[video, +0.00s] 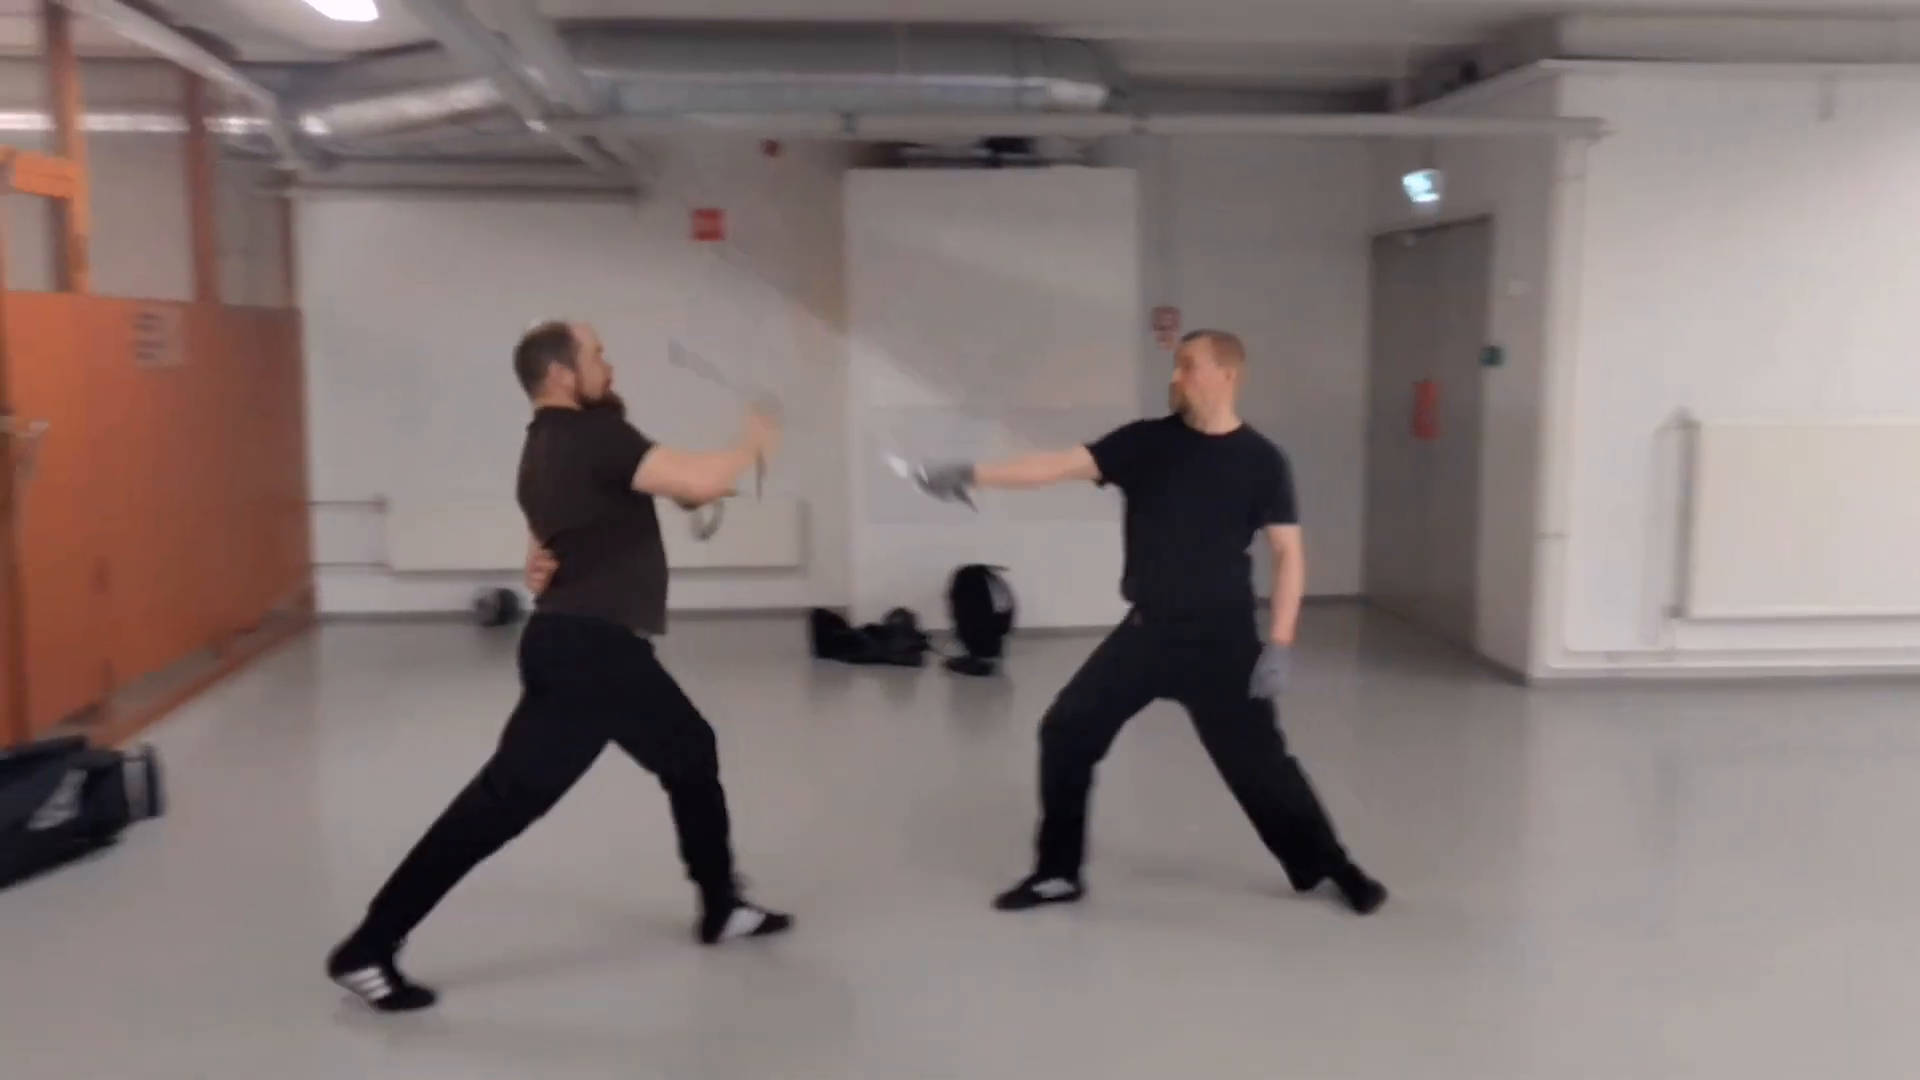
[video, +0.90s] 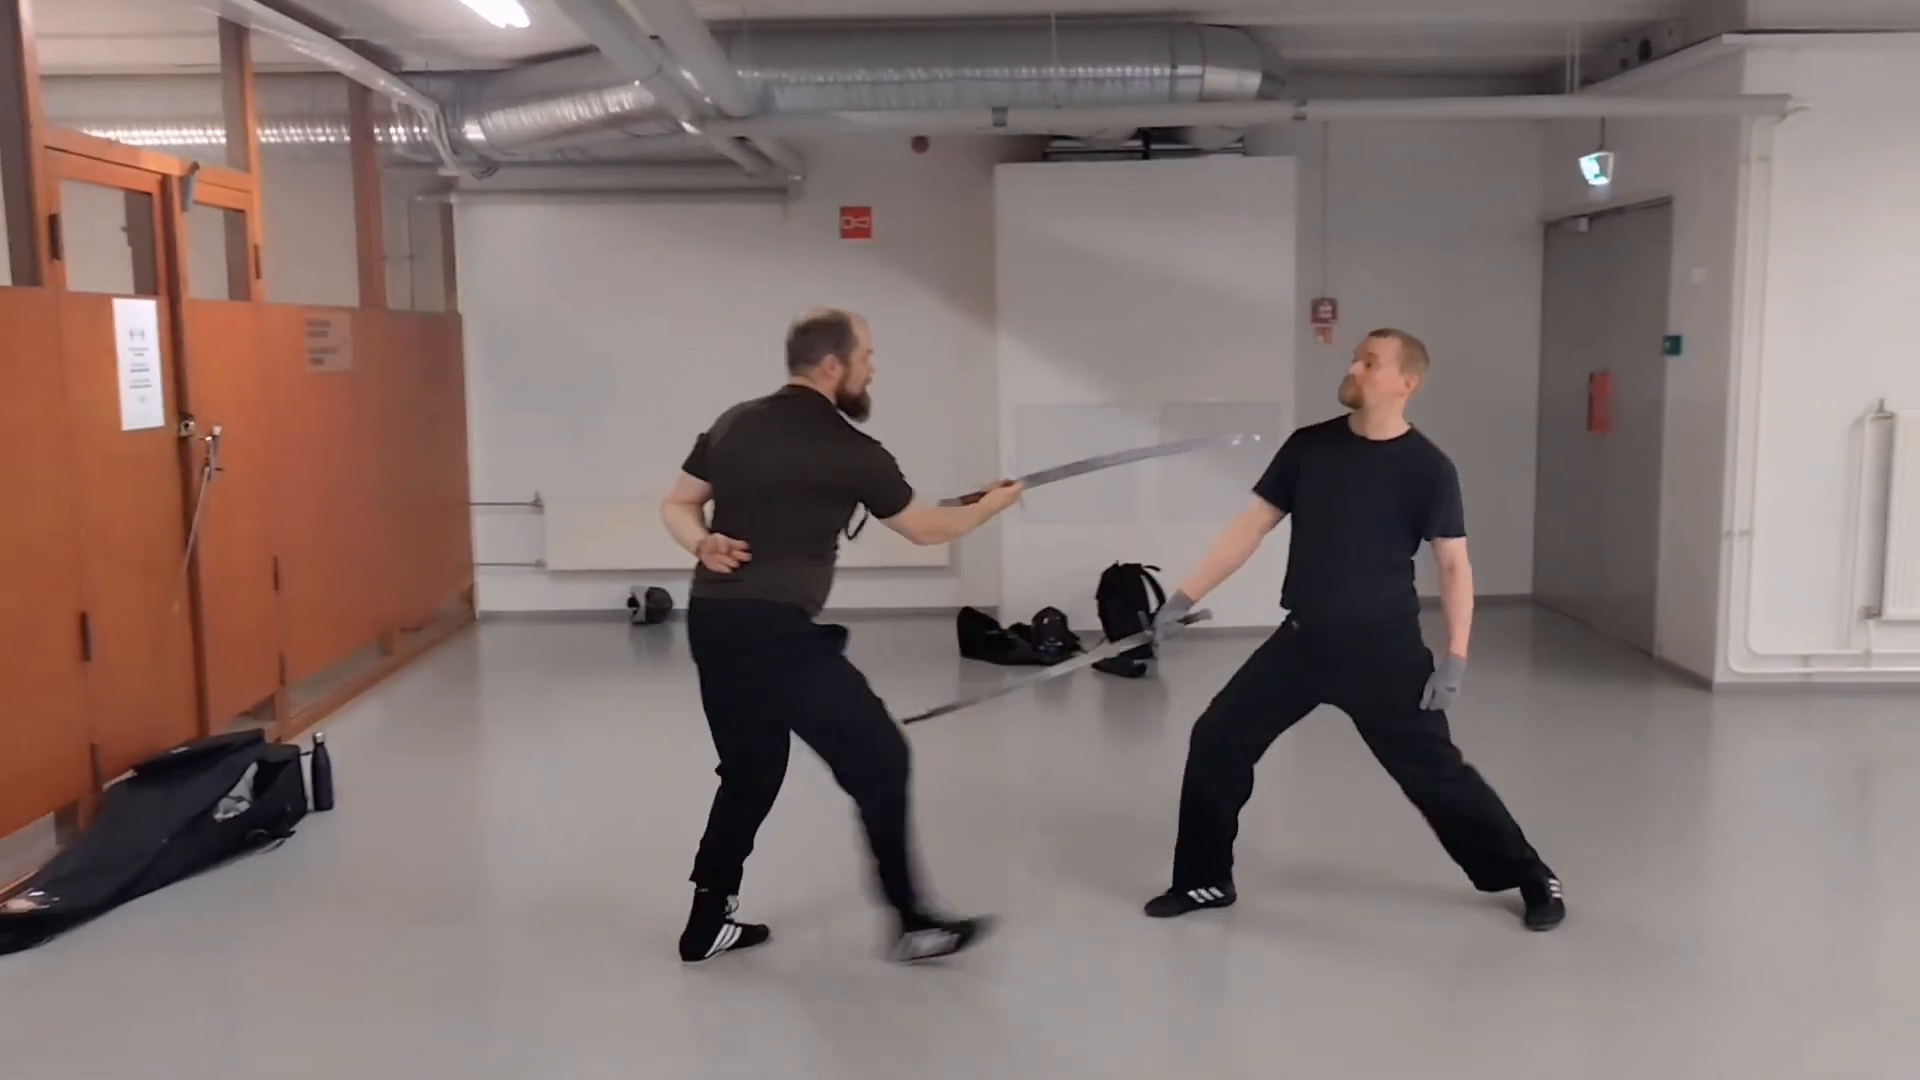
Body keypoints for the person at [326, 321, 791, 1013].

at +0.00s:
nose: (609, 366)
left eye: (603, 354)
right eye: (597, 357)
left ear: (551, 380)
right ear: (561, 376)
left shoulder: (546, 446)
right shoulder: (592, 435)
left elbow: (544, 552)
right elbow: (700, 482)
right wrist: (753, 445)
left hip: (576, 641)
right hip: (590, 646)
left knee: (689, 751)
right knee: (503, 804)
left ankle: (721, 907)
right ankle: (365, 952)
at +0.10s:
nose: (617, 378)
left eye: (611, 365)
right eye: (604, 367)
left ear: (557, 390)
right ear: (565, 386)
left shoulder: (539, 459)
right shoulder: (600, 446)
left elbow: (530, 571)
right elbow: (713, 499)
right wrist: (786, 516)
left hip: (566, 656)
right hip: (578, 660)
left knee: (678, 766)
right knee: (498, 820)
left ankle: (746, 906)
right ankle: (388, 970)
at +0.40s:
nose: (713, 363)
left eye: (708, 350)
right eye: (701, 351)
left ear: (648, 371)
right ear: (662, 366)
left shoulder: (607, 440)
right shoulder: (700, 438)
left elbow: (564, 546)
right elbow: (808, 515)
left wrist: (579, 563)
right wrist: (885, 548)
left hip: (601, 631)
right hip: (633, 640)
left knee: (701, 757)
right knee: (572, 812)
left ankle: (689, 925)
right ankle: (483, 969)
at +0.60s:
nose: (787, 367)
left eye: (782, 355)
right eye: (777, 357)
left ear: (722, 374)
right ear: (741, 370)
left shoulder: (670, 439)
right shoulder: (770, 452)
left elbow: (623, 534)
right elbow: (855, 550)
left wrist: (639, 556)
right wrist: (910, 545)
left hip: (659, 629)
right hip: (701, 638)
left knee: (744, 761)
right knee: (680, 798)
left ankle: (715, 924)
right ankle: (540, 934)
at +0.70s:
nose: (818, 366)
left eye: (814, 353)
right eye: (809, 355)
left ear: (752, 370)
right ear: (776, 368)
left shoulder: (693, 433)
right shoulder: (801, 453)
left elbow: (644, 519)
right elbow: (872, 544)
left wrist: (657, 549)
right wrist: (929, 526)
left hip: (672, 624)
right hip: (728, 630)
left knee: (734, 777)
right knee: (767, 796)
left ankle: (718, 925)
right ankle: (629, 915)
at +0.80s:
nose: (847, 366)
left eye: (844, 354)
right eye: (839, 355)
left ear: (780, 366)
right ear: (807, 365)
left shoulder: (715, 426)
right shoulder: (825, 450)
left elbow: (661, 508)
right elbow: (895, 533)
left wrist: (679, 544)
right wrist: (957, 513)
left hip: (688, 622)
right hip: (752, 628)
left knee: (743, 771)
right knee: (833, 774)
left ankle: (713, 924)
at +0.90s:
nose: (872, 369)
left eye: (870, 357)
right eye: (866, 357)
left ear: (806, 366)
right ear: (834, 365)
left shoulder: (737, 424)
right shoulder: (849, 449)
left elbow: (678, 503)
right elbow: (923, 527)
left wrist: (701, 543)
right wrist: (987, 507)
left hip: (714, 628)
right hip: (782, 629)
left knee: (749, 773)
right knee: (879, 756)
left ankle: (707, 923)